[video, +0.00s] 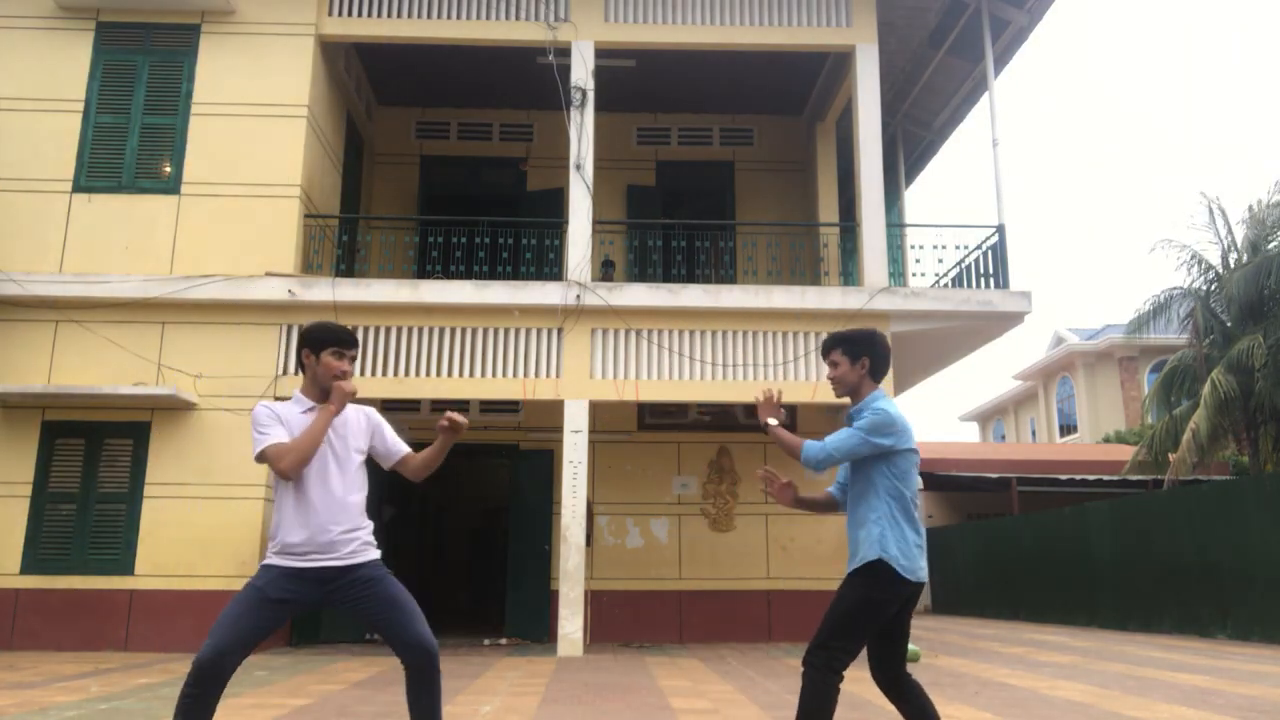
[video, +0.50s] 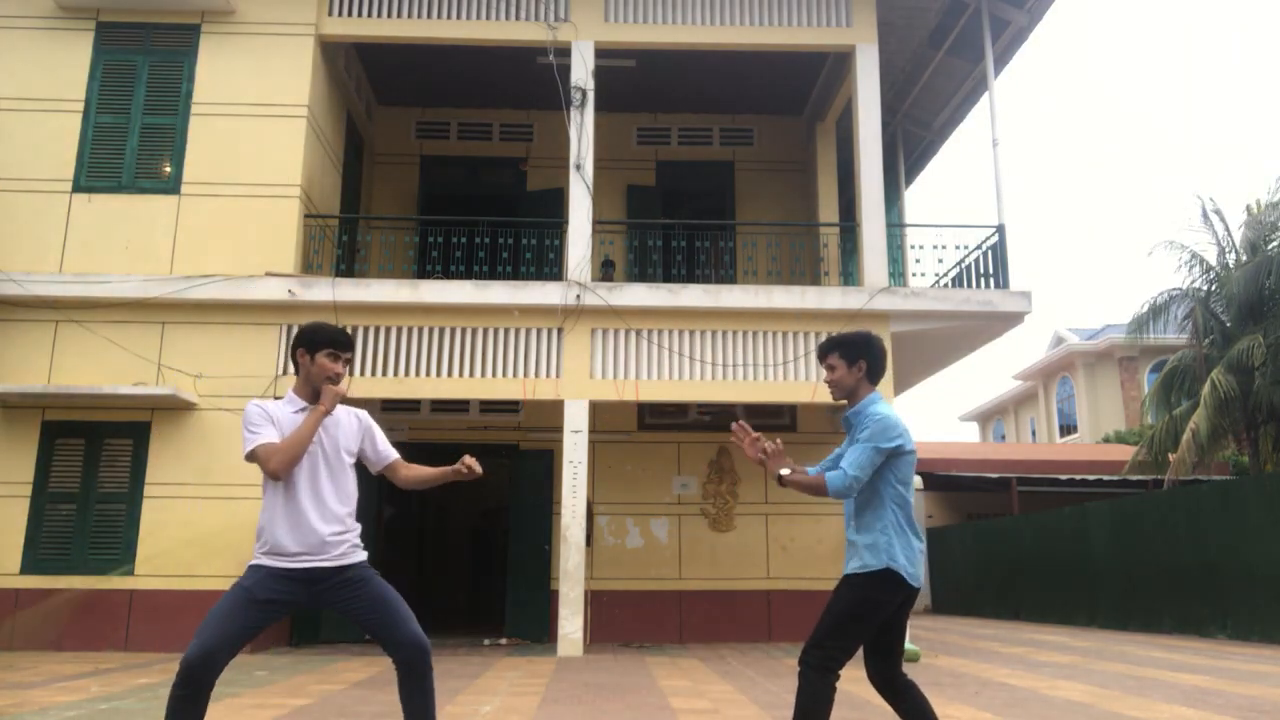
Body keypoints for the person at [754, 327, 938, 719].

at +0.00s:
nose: (828, 374)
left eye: (835, 365)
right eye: (828, 366)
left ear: (863, 366)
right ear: (858, 369)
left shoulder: (882, 416)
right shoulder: (871, 422)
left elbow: (817, 455)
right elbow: (840, 497)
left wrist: (772, 424)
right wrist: (796, 500)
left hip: (883, 564)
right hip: (899, 566)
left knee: (821, 664)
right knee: (889, 673)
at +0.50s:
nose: (826, 377)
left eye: (833, 368)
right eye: (825, 369)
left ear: (862, 369)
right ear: (852, 371)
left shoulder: (881, 423)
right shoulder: (866, 424)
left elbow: (845, 484)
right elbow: (823, 473)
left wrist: (783, 473)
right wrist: (772, 461)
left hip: (880, 567)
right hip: (888, 568)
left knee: (817, 663)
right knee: (886, 675)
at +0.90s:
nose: (836, 386)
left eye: (842, 377)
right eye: (835, 378)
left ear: (869, 377)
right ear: (869, 379)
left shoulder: (879, 427)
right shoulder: (895, 426)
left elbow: (826, 484)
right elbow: (864, 501)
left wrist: (764, 482)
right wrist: (819, 469)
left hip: (888, 571)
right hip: (914, 574)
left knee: (822, 665)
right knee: (890, 677)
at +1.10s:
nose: (836, 388)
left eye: (842, 379)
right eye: (835, 380)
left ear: (870, 379)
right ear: (870, 381)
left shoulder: (880, 428)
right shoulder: (901, 428)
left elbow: (820, 479)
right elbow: (874, 507)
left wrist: (753, 482)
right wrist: (832, 478)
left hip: (890, 573)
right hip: (917, 575)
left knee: (824, 666)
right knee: (890, 677)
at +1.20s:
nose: (837, 390)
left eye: (842, 380)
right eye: (836, 381)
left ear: (870, 380)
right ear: (870, 382)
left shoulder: (880, 429)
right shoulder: (904, 430)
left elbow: (818, 478)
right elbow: (879, 508)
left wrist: (750, 481)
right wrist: (835, 483)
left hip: (889, 573)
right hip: (917, 576)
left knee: (824, 666)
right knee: (889, 677)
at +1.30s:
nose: (837, 390)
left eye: (842, 380)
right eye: (836, 382)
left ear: (870, 380)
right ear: (870, 382)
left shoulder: (881, 430)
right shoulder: (904, 430)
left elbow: (818, 477)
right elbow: (879, 507)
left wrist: (750, 481)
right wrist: (836, 484)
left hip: (890, 574)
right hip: (918, 576)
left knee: (824, 666)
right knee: (889, 677)